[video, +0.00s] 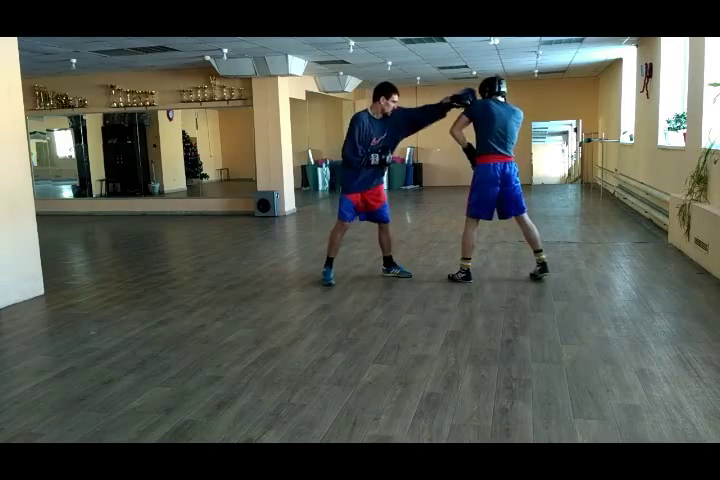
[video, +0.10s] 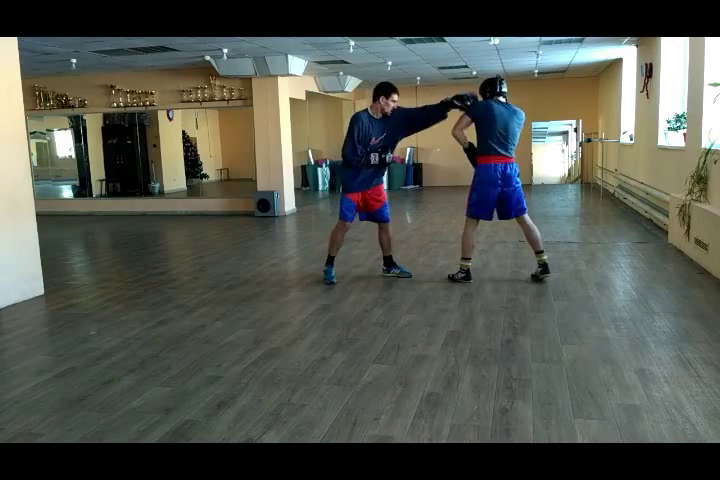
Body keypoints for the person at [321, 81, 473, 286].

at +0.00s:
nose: (394, 107)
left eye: (396, 103)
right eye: (392, 102)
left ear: (385, 101)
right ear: (380, 99)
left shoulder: (395, 117)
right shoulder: (360, 120)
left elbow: (422, 113)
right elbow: (349, 155)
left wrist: (449, 103)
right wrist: (377, 158)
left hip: (375, 182)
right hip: (353, 183)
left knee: (384, 223)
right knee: (343, 223)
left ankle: (389, 265)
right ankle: (328, 267)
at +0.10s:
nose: (394, 106)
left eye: (396, 102)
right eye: (392, 101)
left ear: (383, 101)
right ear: (380, 100)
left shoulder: (395, 117)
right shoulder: (359, 120)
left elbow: (422, 114)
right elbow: (349, 156)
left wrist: (449, 104)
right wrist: (378, 158)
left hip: (375, 181)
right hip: (353, 182)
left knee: (384, 223)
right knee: (344, 222)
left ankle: (388, 264)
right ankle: (329, 265)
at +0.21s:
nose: (386, 104)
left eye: (387, 100)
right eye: (384, 100)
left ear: (379, 99)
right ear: (371, 97)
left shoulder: (386, 118)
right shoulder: (352, 120)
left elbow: (399, 135)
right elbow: (344, 154)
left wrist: (417, 119)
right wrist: (370, 155)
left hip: (378, 182)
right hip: (355, 182)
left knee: (385, 223)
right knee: (345, 222)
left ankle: (390, 263)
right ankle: (332, 260)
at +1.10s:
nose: (391, 112)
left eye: (393, 108)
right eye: (389, 108)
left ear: (391, 108)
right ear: (377, 106)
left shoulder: (392, 124)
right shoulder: (362, 127)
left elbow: (403, 146)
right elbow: (354, 158)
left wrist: (414, 142)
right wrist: (380, 159)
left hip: (389, 179)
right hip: (368, 181)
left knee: (399, 218)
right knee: (363, 221)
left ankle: (407, 258)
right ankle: (350, 257)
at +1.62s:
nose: (410, 111)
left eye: (412, 107)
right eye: (406, 107)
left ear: (414, 108)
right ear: (396, 107)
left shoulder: (419, 128)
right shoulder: (384, 132)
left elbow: (429, 161)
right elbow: (377, 162)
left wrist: (431, 151)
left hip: (414, 186)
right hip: (391, 187)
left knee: (417, 223)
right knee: (376, 221)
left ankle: (416, 249)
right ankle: (358, 253)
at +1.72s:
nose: (414, 107)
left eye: (416, 103)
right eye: (410, 103)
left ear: (419, 104)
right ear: (400, 103)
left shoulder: (424, 124)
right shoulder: (389, 127)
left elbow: (434, 156)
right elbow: (383, 156)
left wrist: (438, 146)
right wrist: (400, 157)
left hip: (418, 182)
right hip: (396, 182)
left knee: (419, 221)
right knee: (385, 217)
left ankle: (417, 249)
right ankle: (372, 249)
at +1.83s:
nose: (424, 100)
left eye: (427, 96)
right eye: (420, 96)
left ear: (429, 97)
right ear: (411, 95)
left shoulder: (435, 116)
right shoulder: (400, 119)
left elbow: (444, 146)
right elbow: (392, 148)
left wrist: (453, 134)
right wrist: (412, 149)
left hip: (432, 174)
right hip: (409, 175)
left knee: (437, 212)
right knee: (408, 214)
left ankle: (438, 244)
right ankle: (412, 244)